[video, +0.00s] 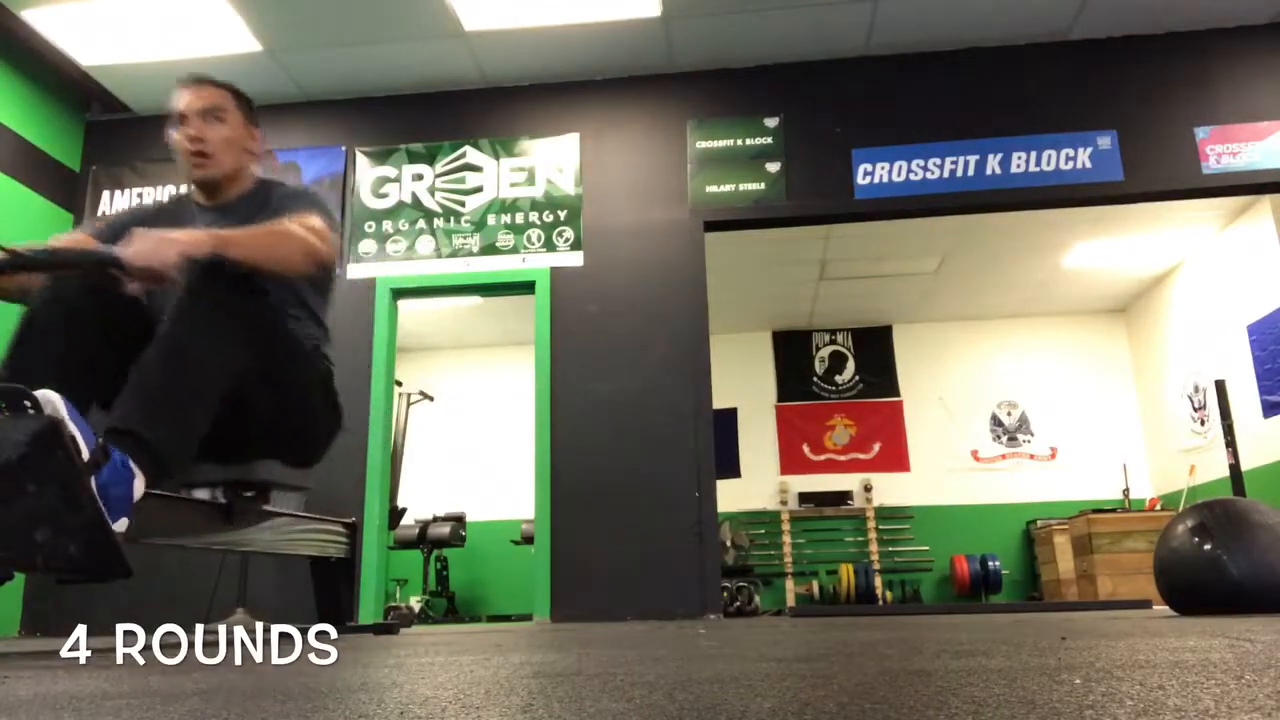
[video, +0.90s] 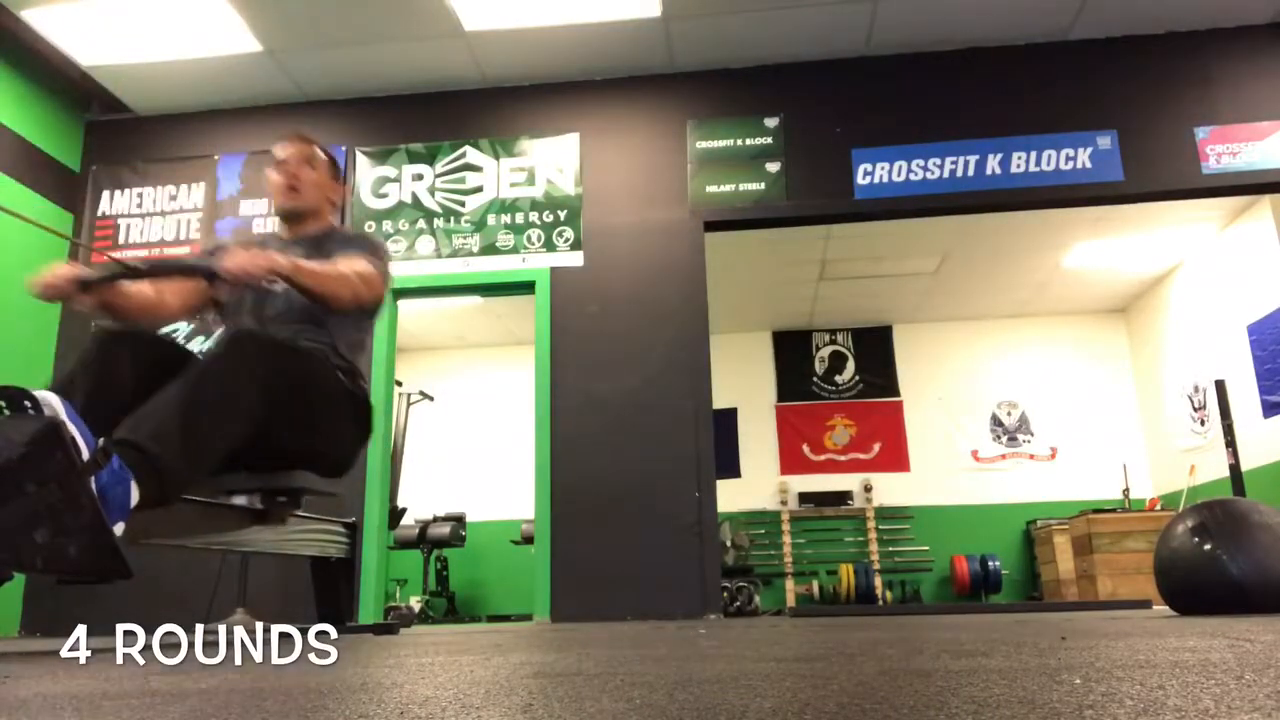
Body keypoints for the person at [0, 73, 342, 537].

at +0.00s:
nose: (193, 133)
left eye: (213, 118)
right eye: (182, 122)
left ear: (253, 139)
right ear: (171, 141)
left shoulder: (294, 203)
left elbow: (313, 250)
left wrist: (190, 242)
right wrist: (113, 263)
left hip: (286, 411)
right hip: (178, 410)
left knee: (220, 282)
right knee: (79, 289)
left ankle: (125, 470)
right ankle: (14, 442)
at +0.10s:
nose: (153, 109)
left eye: (175, 94)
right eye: (141, 98)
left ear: (220, 118)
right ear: (130, 119)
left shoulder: (267, 178)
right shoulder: (108, 193)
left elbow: (273, 227)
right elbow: (17, 230)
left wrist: (137, 216)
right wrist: (68, 238)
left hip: (263, 407)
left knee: (208, 257)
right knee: (44, 265)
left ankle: (123, 461)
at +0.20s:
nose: (117, 89)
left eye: (140, 73)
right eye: (103, 78)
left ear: (189, 98)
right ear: (92, 100)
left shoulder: (238, 161)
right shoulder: (74, 178)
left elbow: (237, 201)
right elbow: (15, 194)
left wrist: (76, 187)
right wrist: (11, 213)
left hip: (241, 400)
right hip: (115, 391)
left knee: (194, 230)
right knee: (33, 241)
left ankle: (124, 455)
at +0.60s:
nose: (166, 91)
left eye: (191, 79)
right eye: (158, 81)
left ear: (234, 110)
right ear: (145, 107)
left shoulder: (271, 174)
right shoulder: (120, 187)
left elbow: (244, 218)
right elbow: (31, 222)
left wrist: (122, 179)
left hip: (250, 396)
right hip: (135, 388)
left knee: (187, 243)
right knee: (49, 253)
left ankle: (117, 458)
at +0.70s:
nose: (215, 116)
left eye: (238, 107)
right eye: (203, 108)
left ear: (272, 136)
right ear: (189, 132)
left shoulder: (305, 197)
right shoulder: (164, 202)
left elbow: (294, 240)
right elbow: (83, 250)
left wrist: (184, 201)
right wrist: (4, 239)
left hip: (273, 403)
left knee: (209, 278)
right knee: (75, 279)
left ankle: (112, 461)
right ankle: (13, 450)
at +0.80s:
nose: (256, 143)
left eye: (276, 134)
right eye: (245, 134)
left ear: (306, 163)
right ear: (232, 156)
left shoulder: (328, 221)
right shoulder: (213, 231)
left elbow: (326, 261)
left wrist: (239, 230)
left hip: (299, 415)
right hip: (206, 412)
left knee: (233, 312)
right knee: (109, 309)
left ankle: (116, 468)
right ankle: (21, 442)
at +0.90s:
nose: (289, 173)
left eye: (307, 165)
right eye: (279, 165)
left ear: (337, 190)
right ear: (268, 185)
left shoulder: (358, 248)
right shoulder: (242, 253)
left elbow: (358, 289)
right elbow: (164, 299)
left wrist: (280, 263)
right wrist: (95, 289)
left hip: (326, 413)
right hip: (230, 402)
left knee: (250, 356)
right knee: (123, 347)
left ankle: (114, 489)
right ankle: (37, 469)